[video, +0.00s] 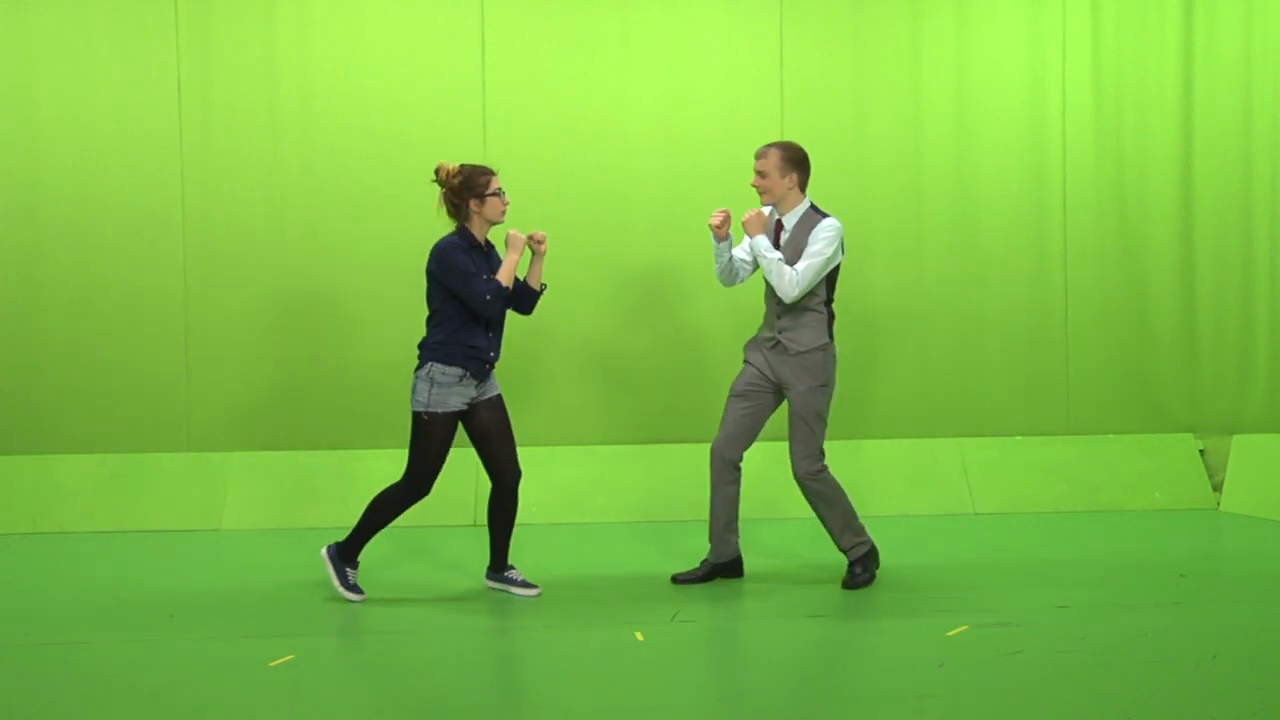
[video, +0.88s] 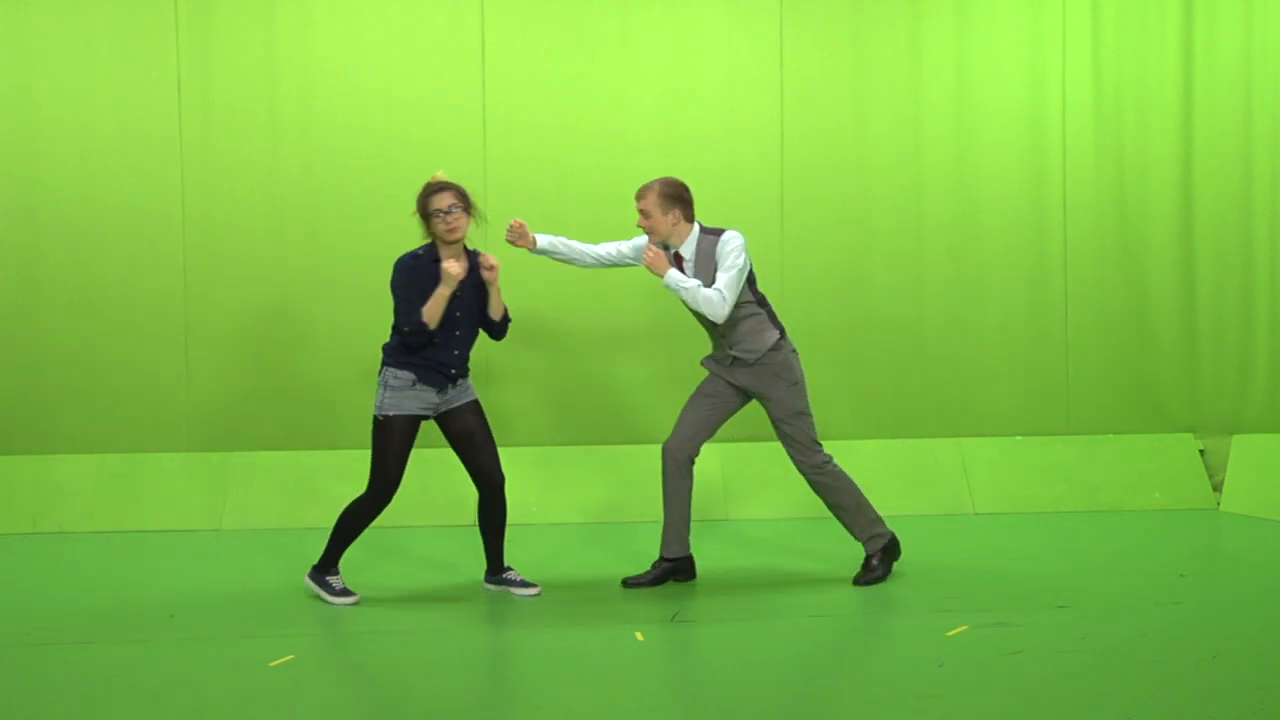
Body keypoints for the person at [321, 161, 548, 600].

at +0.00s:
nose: (506, 201)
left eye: (503, 193)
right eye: (497, 195)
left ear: (477, 204)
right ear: (473, 205)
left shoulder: (487, 252)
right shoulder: (448, 252)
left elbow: (522, 303)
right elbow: (487, 304)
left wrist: (537, 260)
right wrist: (513, 256)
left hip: (479, 379)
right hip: (440, 378)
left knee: (507, 475)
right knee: (418, 483)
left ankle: (499, 568)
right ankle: (344, 554)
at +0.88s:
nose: (448, 219)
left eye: (455, 210)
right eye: (438, 214)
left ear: (468, 215)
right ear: (426, 222)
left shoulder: (479, 265)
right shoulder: (411, 266)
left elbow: (498, 330)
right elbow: (416, 330)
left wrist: (492, 286)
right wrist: (446, 286)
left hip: (454, 382)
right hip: (405, 380)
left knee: (491, 480)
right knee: (382, 489)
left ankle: (497, 570)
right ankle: (324, 569)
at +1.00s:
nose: (380, 235)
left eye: (387, 226)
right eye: (378, 227)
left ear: (415, 225)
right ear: (395, 230)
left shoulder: (456, 266)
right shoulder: (380, 276)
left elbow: (477, 332)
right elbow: (381, 342)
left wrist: (450, 286)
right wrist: (393, 293)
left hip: (442, 391)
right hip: (387, 390)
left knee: (490, 485)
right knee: (373, 490)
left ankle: (496, 571)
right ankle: (332, 575)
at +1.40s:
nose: (445, 235)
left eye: (447, 227)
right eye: (433, 231)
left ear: (452, 230)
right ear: (410, 240)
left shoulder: (464, 272)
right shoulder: (389, 284)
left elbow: (490, 334)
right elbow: (393, 355)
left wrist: (494, 301)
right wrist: (421, 311)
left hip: (447, 389)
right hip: (393, 391)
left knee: (487, 480)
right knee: (377, 491)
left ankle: (507, 568)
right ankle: (330, 571)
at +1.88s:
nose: (499, 218)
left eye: (496, 210)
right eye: (490, 212)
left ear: (471, 221)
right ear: (467, 222)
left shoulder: (469, 270)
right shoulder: (437, 269)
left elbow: (476, 333)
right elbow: (458, 338)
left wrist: (505, 297)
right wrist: (495, 293)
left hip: (454, 393)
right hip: (419, 390)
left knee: (500, 480)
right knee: (391, 494)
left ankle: (497, 574)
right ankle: (327, 581)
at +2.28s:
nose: (464, 229)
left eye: (464, 221)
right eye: (458, 221)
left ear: (438, 222)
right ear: (431, 221)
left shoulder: (433, 268)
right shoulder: (386, 264)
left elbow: (448, 326)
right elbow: (399, 331)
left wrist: (476, 289)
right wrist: (440, 284)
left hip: (417, 386)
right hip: (372, 384)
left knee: (465, 479)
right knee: (380, 496)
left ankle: (496, 570)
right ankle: (330, 580)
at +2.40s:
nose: (443, 217)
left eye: (444, 209)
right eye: (438, 209)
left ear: (412, 205)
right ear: (410, 205)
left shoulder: (408, 252)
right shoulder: (358, 244)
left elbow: (423, 310)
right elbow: (367, 310)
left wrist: (450, 273)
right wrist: (406, 266)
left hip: (379, 367)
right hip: (332, 361)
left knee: (423, 462)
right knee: (323, 472)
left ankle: (432, 556)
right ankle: (290, 571)